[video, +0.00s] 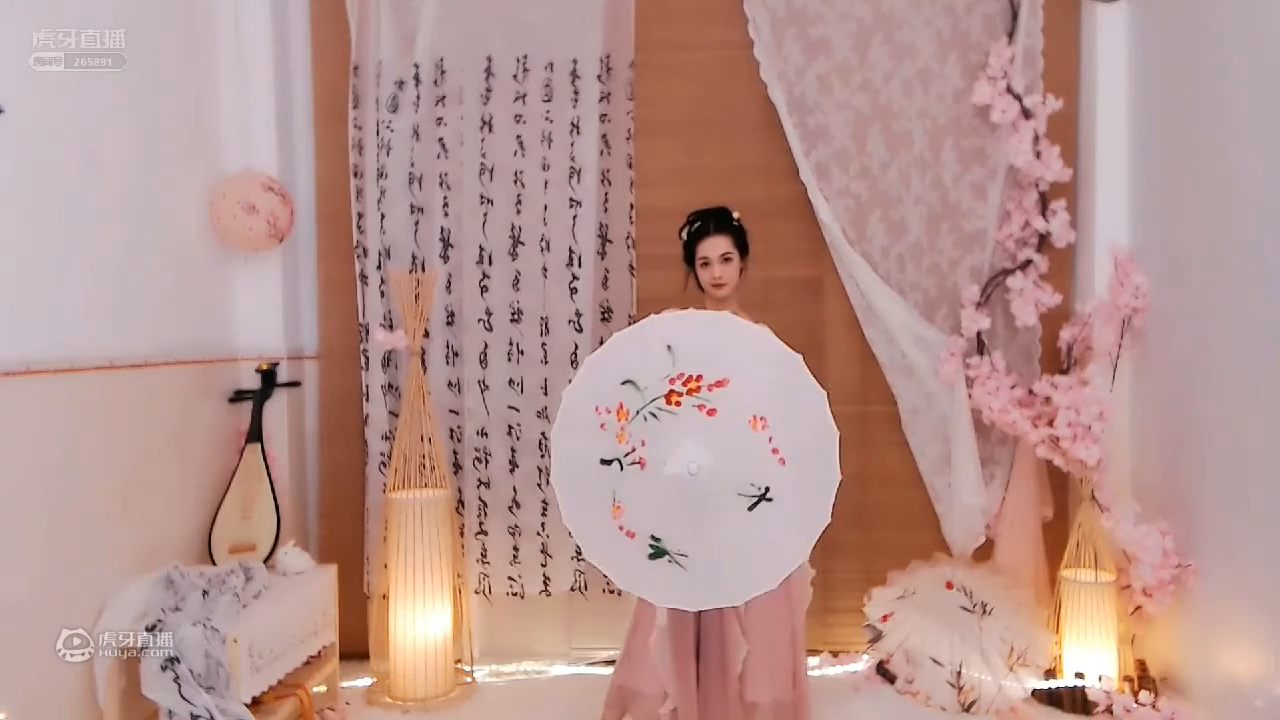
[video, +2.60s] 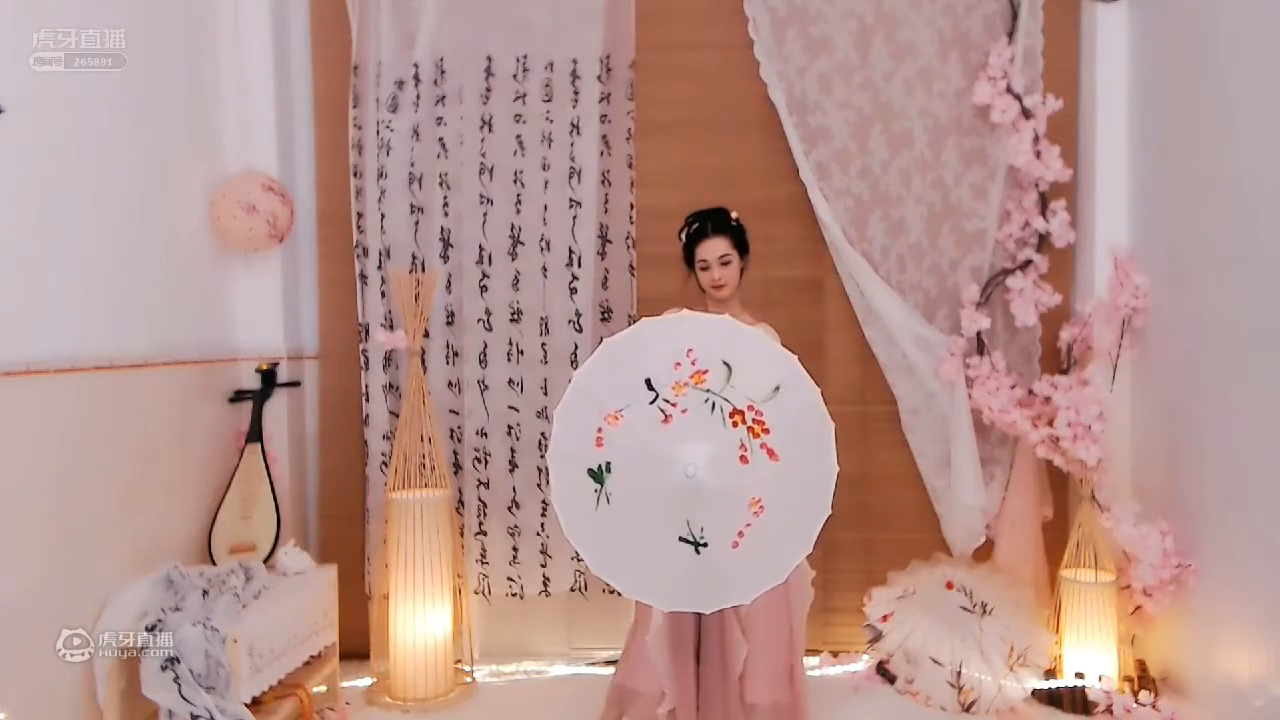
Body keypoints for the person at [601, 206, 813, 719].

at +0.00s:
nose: (716, 272)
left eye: (726, 259)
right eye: (705, 262)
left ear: (742, 264)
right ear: (692, 268)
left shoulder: (759, 338)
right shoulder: (671, 333)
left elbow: (783, 427)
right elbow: (644, 417)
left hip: (744, 490)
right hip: (682, 487)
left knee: (743, 606)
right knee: (679, 605)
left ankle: (743, 710)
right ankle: (676, 710)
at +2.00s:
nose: (715, 273)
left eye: (725, 260)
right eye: (704, 263)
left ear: (742, 263)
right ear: (692, 268)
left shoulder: (760, 338)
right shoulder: (668, 334)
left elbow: (786, 429)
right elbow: (645, 421)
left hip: (745, 493)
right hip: (678, 491)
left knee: (743, 610)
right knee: (678, 610)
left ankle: (743, 709)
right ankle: (676, 710)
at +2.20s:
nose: (715, 272)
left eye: (724, 259)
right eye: (704, 262)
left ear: (742, 262)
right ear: (692, 268)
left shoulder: (760, 337)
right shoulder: (671, 332)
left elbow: (786, 426)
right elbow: (646, 417)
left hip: (745, 489)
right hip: (679, 486)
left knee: (743, 605)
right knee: (679, 605)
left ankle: (743, 709)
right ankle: (676, 709)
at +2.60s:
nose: (715, 274)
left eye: (724, 262)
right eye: (704, 264)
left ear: (742, 263)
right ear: (692, 269)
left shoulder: (761, 336)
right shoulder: (673, 329)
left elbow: (782, 426)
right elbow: (648, 411)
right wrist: (669, 337)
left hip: (745, 487)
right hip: (680, 484)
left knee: (743, 603)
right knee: (680, 603)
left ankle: (741, 709)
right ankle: (677, 710)